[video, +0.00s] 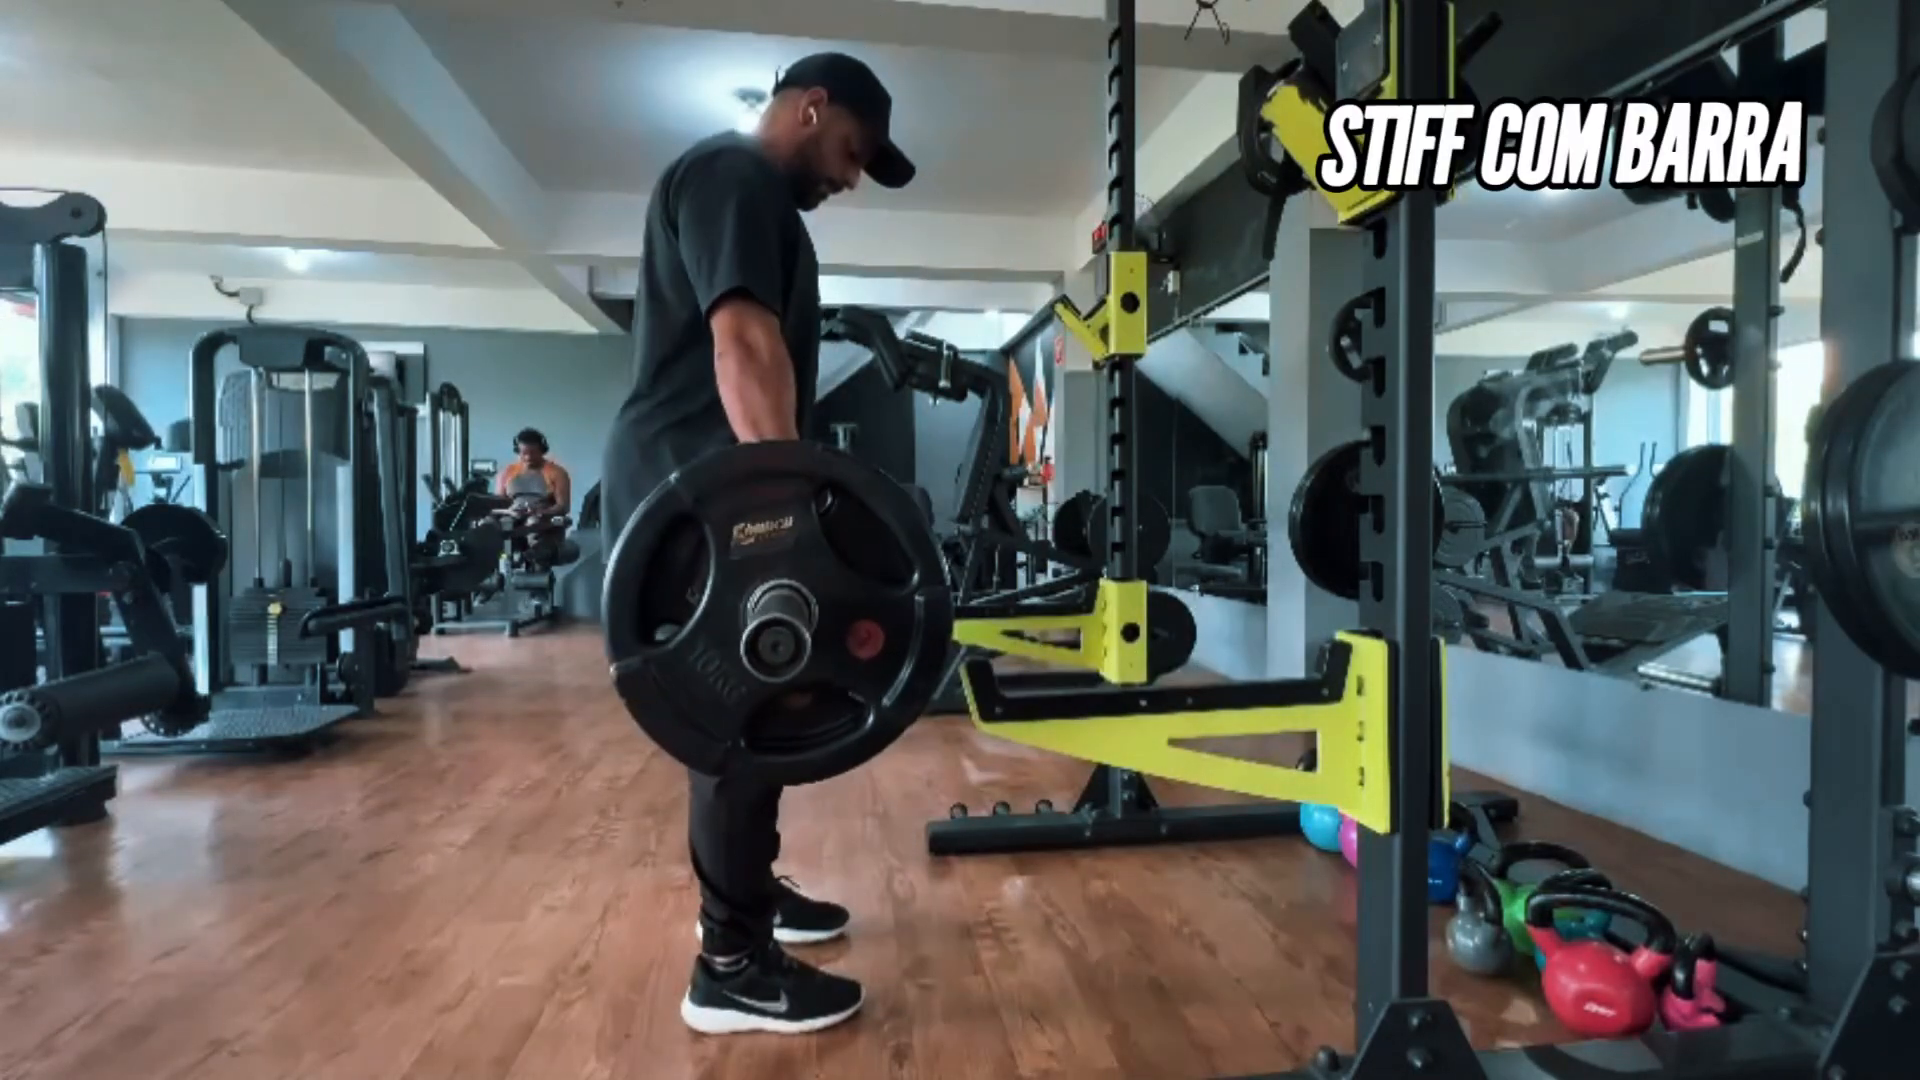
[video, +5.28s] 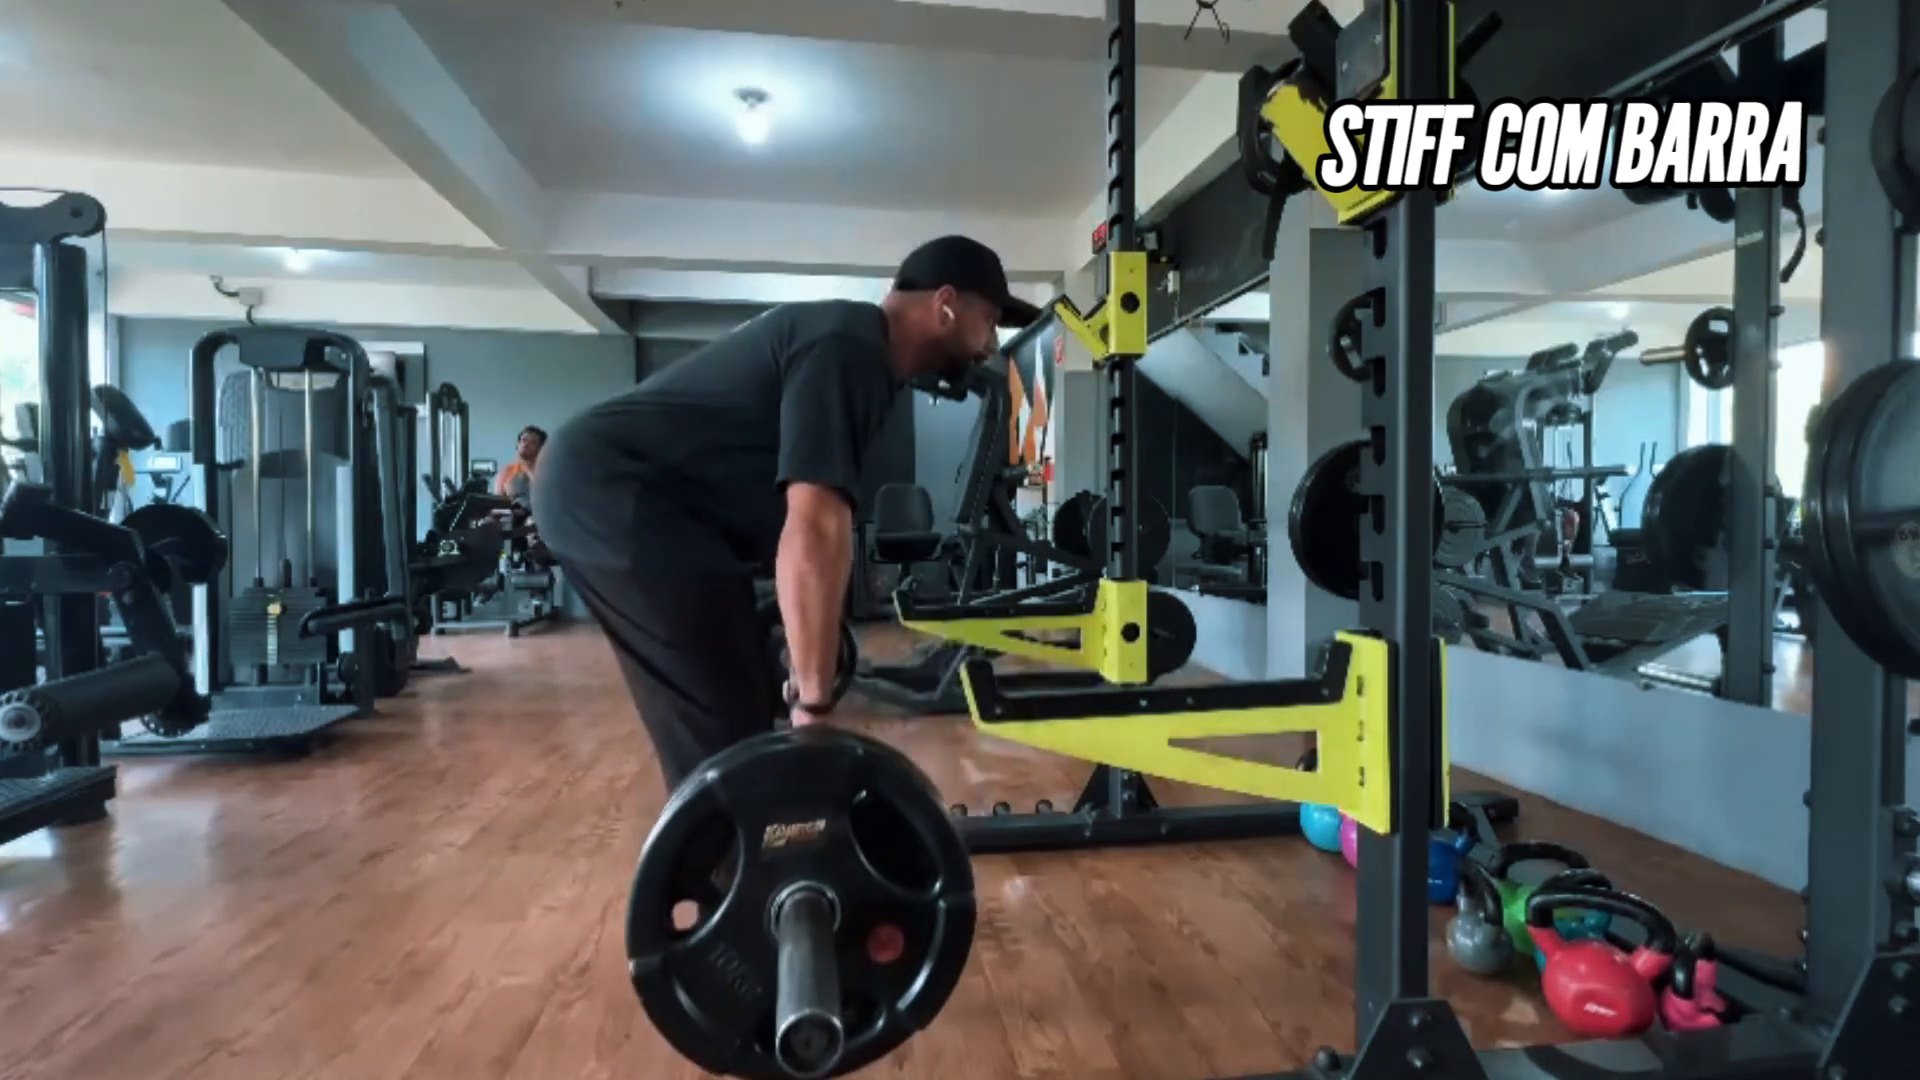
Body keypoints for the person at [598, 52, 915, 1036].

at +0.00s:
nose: (848, 180)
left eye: (858, 168)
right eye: (850, 155)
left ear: (802, 114)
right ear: (809, 109)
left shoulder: (754, 194)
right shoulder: (729, 169)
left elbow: (757, 357)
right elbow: (742, 340)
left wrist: (795, 499)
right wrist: (786, 510)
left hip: (715, 491)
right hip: (697, 491)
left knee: (756, 693)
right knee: (736, 708)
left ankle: (747, 886)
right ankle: (730, 961)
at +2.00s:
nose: (954, 202)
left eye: (956, 185)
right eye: (947, 181)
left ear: (888, 173)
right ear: (898, 170)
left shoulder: (831, 253)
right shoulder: (815, 239)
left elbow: (804, 412)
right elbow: (791, 408)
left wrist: (800, 579)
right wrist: (801, 585)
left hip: (688, 481)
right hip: (659, 481)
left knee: (751, 687)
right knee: (737, 707)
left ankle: (756, 893)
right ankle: (729, 961)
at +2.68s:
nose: (986, 355)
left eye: (993, 338)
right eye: (986, 332)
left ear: (936, 312)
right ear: (942, 313)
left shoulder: (846, 353)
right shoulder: (838, 351)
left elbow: (807, 532)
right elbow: (803, 537)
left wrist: (792, 698)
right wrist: (797, 714)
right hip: (605, 490)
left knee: (727, 702)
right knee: (736, 704)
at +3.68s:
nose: (955, 226)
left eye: (958, 208)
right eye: (948, 203)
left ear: (887, 198)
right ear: (899, 193)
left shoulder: (825, 269)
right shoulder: (814, 253)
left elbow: (797, 430)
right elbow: (794, 427)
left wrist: (803, 597)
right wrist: (804, 608)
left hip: (642, 482)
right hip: (643, 483)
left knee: (735, 691)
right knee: (748, 702)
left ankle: (774, 887)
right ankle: (733, 959)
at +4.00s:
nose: (866, 99)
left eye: (864, 83)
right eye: (854, 79)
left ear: (792, 82)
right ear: (799, 75)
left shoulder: (778, 186)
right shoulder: (753, 165)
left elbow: (783, 344)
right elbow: (767, 325)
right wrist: (822, 495)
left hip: (721, 467)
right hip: (697, 467)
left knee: (748, 686)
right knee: (725, 697)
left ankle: (749, 880)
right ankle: (729, 957)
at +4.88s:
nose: (951, 206)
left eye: (953, 188)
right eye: (945, 184)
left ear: (887, 170)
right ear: (898, 167)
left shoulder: (829, 248)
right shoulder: (820, 233)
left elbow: (805, 412)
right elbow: (807, 408)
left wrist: (828, 584)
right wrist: (825, 587)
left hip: (690, 481)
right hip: (658, 477)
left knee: (742, 691)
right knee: (727, 704)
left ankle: (758, 893)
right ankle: (730, 961)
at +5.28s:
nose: (992, 343)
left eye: (997, 326)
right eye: (992, 320)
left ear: (939, 301)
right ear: (946, 301)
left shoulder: (851, 349)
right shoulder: (843, 344)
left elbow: (822, 520)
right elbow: (814, 521)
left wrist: (808, 683)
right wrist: (813, 699)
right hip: (612, 487)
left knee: (727, 701)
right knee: (732, 705)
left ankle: (727, 890)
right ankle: (733, 897)